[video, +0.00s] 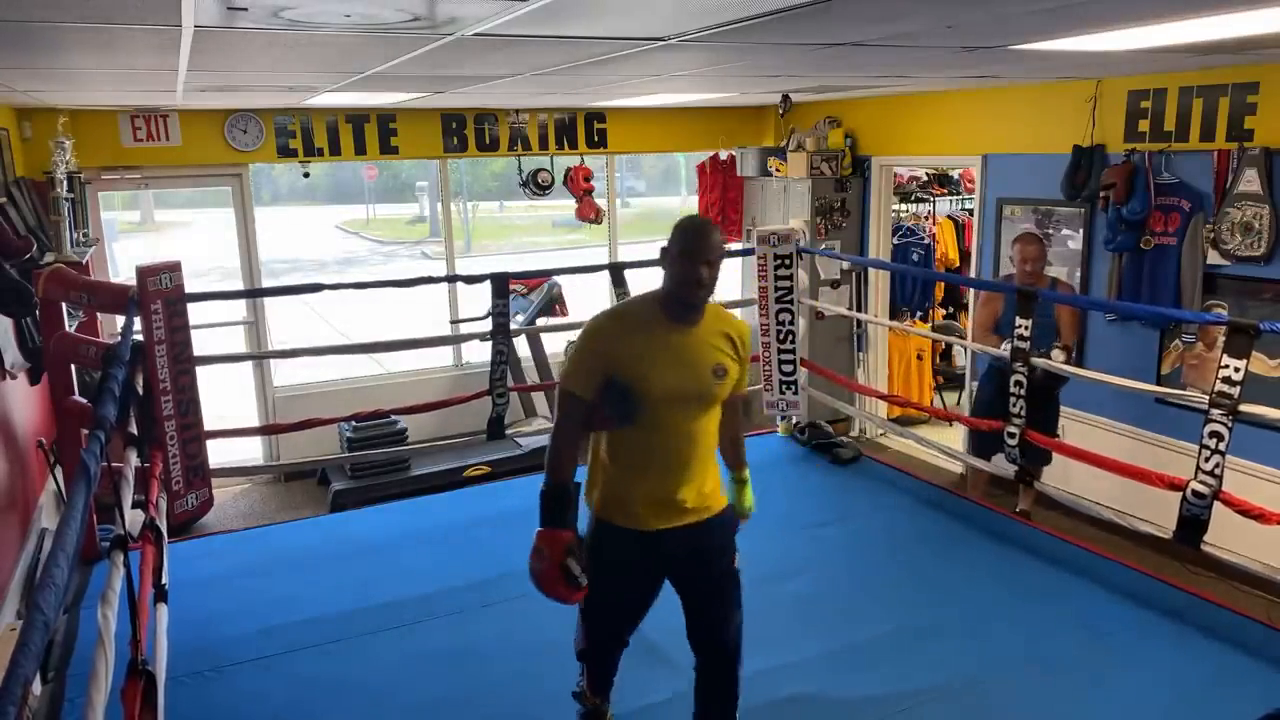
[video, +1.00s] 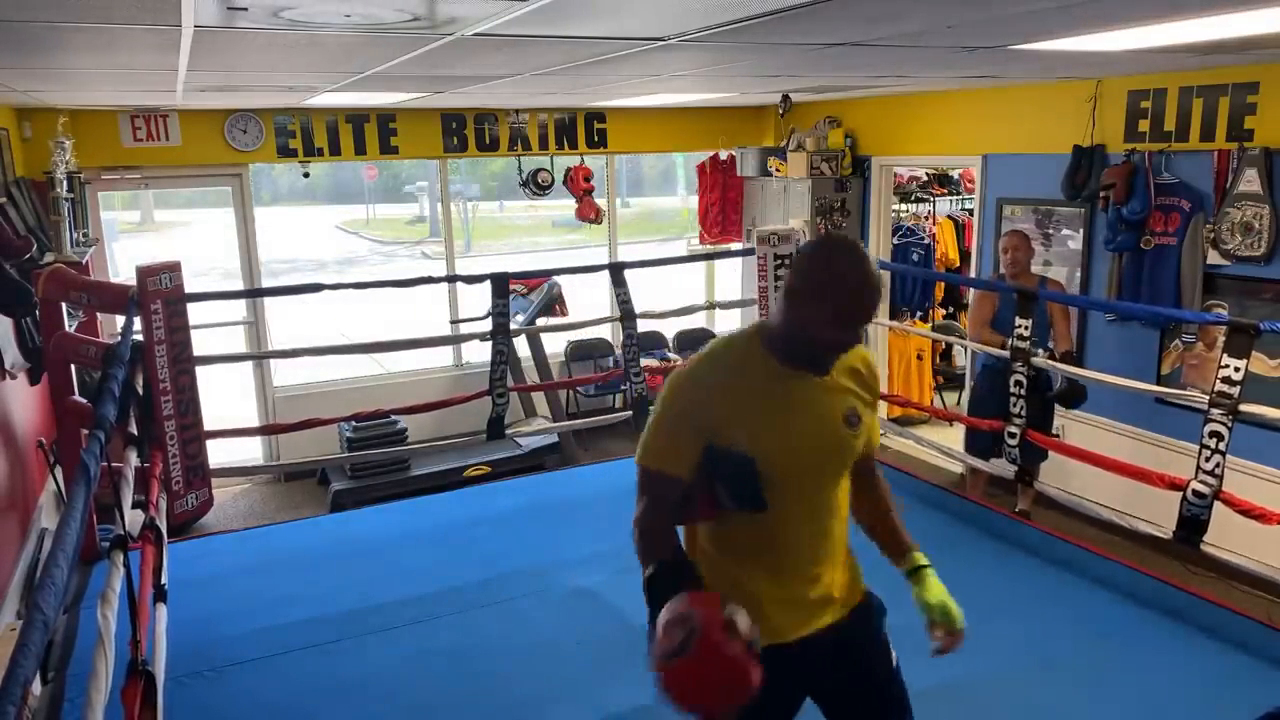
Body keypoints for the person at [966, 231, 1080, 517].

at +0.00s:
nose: (1030, 268)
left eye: (1036, 261)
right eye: (1023, 261)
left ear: (1045, 259)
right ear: (1013, 260)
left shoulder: (1061, 291)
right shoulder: (996, 289)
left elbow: (1069, 342)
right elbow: (979, 335)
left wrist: (1058, 355)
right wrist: (1006, 347)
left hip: (1041, 384)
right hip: (998, 379)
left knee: (1034, 453)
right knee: (981, 445)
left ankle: (1023, 515)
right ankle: (974, 508)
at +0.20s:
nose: (1022, 267)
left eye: (1029, 260)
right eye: (1016, 261)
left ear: (1041, 258)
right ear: (1009, 261)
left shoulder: (1061, 291)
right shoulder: (995, 289)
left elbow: (1069, 341)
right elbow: (984, 334)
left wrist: (1055, 355)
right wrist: (1013, 350)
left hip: (1039, 383)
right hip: (997, 378)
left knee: (1033, 453)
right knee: (980, 445)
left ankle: (1022, 514)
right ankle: (974, 508)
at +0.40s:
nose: (1015, 263)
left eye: (1022, 257)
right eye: (1010, 257)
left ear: (1037, 256)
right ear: (1004, 258)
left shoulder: (1058, 290)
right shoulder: (992, 289)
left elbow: (1065, 342)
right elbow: (983, 335)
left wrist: (1050, 355)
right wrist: (1010, 351)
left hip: (1038, 384)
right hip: (996, 379)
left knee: (1032, 453)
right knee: (981, 448)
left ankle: (1022, 515)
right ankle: (972, 508)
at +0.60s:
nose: (1011, 260)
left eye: (1017, 254)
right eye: (1006, 254)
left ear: (1033, 255)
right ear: (1000, 257)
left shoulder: (1056, 290)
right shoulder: (990, 288)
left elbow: (1064, 340)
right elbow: (978, 334)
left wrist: (1053, 357)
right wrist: (1005, 351)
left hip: (1037, 384)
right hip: (994, 380)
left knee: (1032, 452)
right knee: (981, 447)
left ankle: (1022, 513)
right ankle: (972, 506)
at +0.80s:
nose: (1010, 258)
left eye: (1017, 251)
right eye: (1005, 252)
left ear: (1032, 253)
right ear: (999, 256)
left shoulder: (1053, 290)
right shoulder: (990, 288)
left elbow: (1063, 335)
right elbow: (976, 334)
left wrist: (1061, 361)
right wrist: (1012, 353)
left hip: (1035, 382)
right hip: (993, 378)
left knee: (1031, 451)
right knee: (981, 448)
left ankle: (1022, 513)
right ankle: (972, 508)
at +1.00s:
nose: (1010, 256)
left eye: (1016, 250)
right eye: (1005, 251)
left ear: (1031, 253)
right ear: (999, 255)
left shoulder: (1051, 289)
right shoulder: (990, 287)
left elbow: (1061, 331)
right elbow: (976, 332)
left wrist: (1065, 359)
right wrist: (1013, 346)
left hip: (1036, 380)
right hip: (994, 377)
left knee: (1031, 449)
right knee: (981, 445)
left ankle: (1022, 513)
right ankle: (972, 508)